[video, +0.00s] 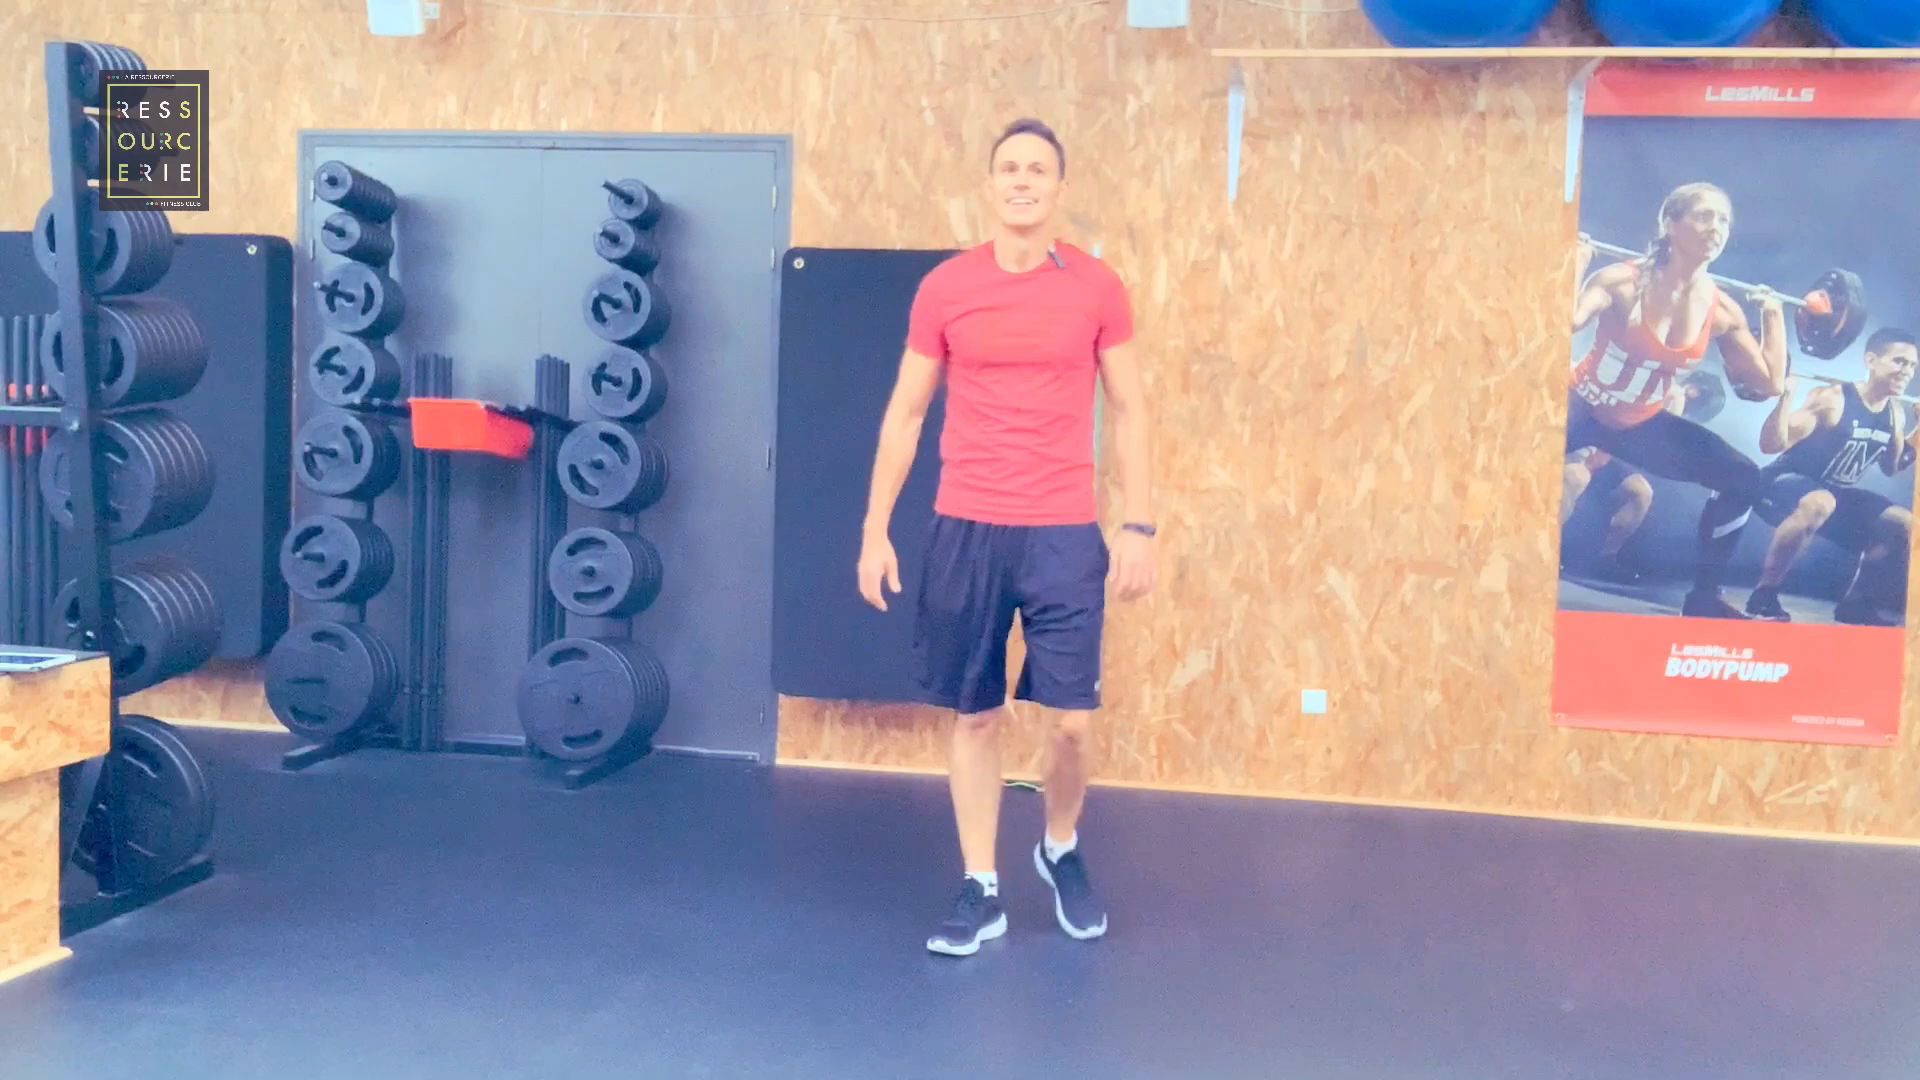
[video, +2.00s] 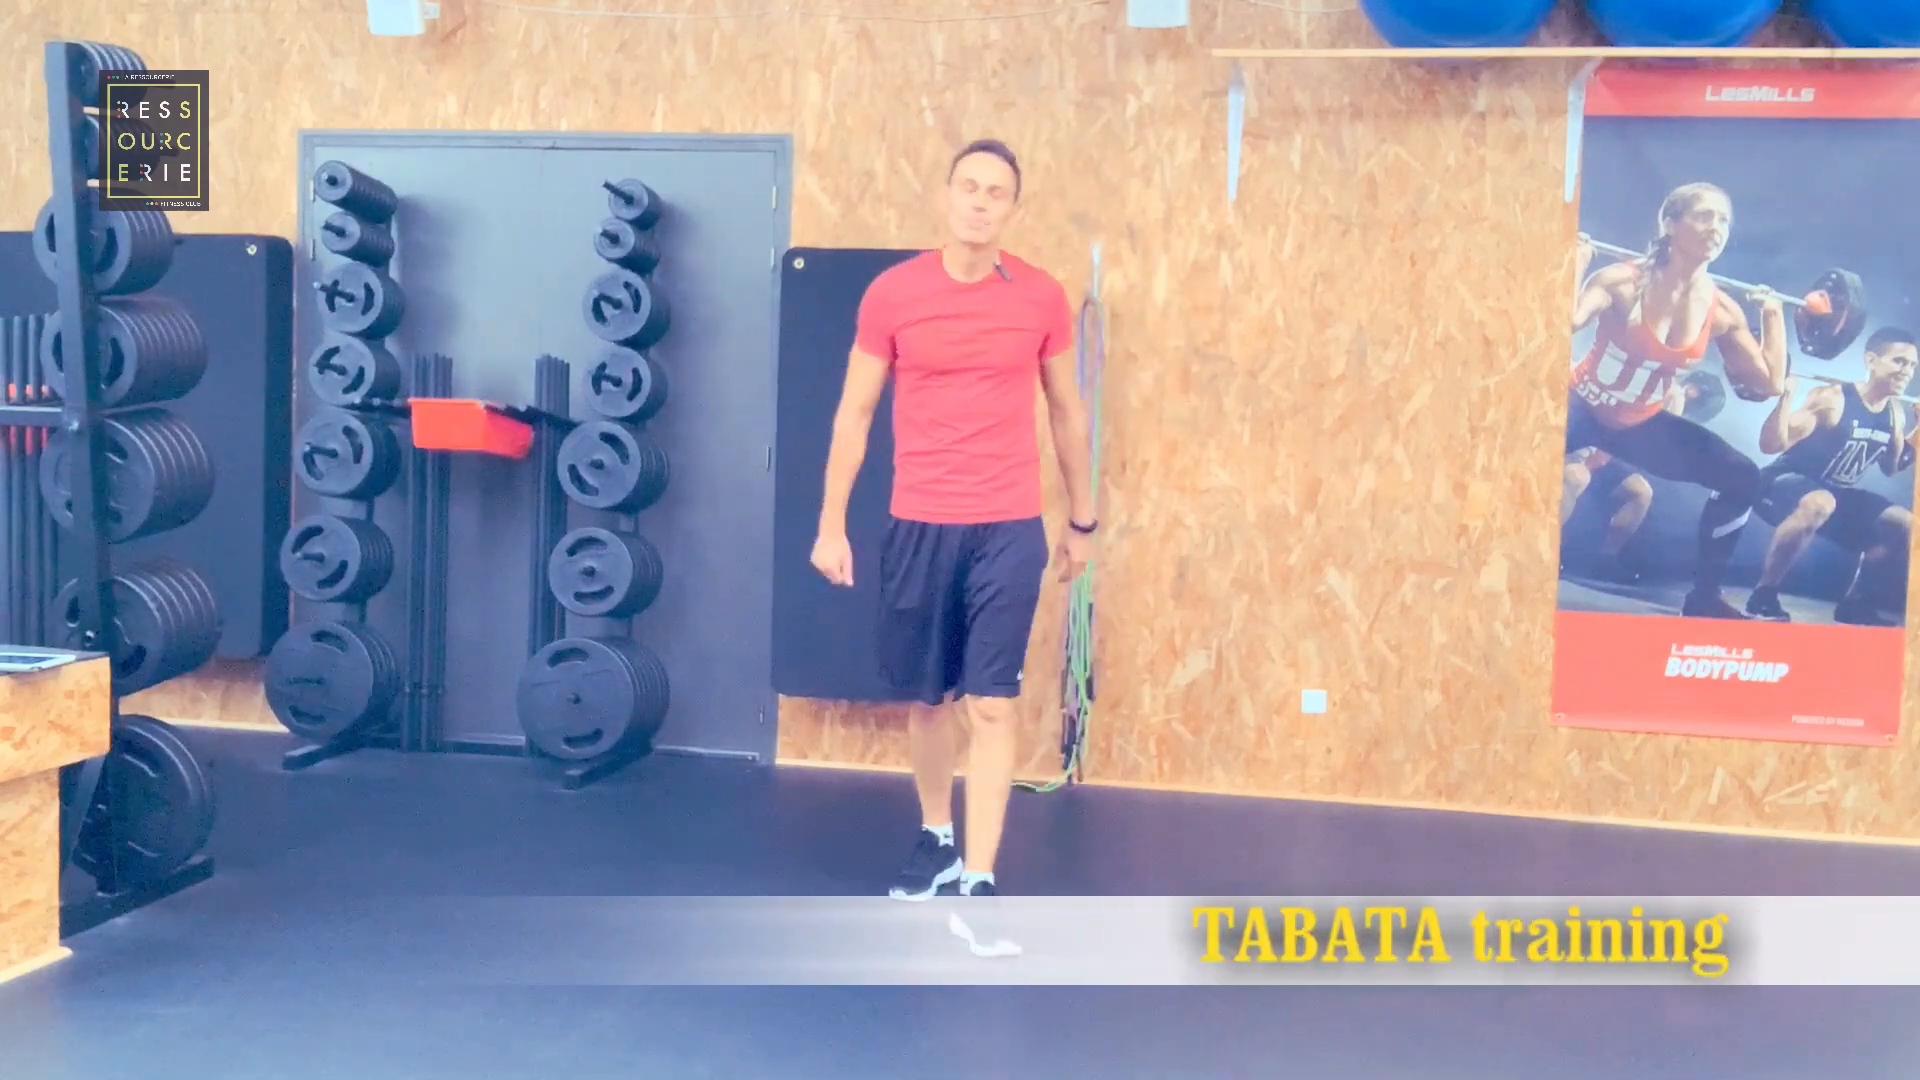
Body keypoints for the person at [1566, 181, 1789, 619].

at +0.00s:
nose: (1716, 228)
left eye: (1724, 220)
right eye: (1704, 216)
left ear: (1728, 233)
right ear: (1671, 223)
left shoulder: (1722, 310)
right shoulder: (1620, 279)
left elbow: (1769, 386)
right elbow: (1560, 325)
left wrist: (1773, 312)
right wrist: (1573, 269)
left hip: (1645, 424)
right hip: (1579, 408)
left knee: (1743, 478)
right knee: (1514, 450)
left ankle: (1704, 597)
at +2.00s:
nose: (1716, 228)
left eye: (1724, 221)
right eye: (1704, 216)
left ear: (1728, 234)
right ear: (1671, 224)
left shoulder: (1722, 310)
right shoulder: (1620, 279)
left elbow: (1768, 386)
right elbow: (1559, 324)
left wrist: (1773, 312)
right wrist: (1573, 269)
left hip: (1644, 425)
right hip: (1579, 409)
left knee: (1741, 477)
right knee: (1515, 447)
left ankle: (1705, 597)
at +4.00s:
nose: (1716, 228)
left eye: (1724, 221)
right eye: (1704, 216)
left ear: (1728, 234)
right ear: (1671, 224)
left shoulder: (1722, 310)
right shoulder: (1620, 280)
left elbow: (1769, 385)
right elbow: (1559, 325)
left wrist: (1773, 311)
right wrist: (1573, 270)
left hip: (1644, 425)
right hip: (1579, 409)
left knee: (1742, 477)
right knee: (1517, 446)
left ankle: (1705, 597)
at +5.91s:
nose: (1717, 228)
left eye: (1724, 220)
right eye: (1705, 216)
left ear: (1728, 233)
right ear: (1670, 224)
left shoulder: (1722, 310)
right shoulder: (1620, 279)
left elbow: (1769, 385)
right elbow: (1558, 326)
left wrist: (1773, 312)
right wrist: (1573, 269)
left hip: (1644, 425)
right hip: (1579, 409)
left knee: (1742, 477)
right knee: (1511, 449)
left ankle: (1705, 597)